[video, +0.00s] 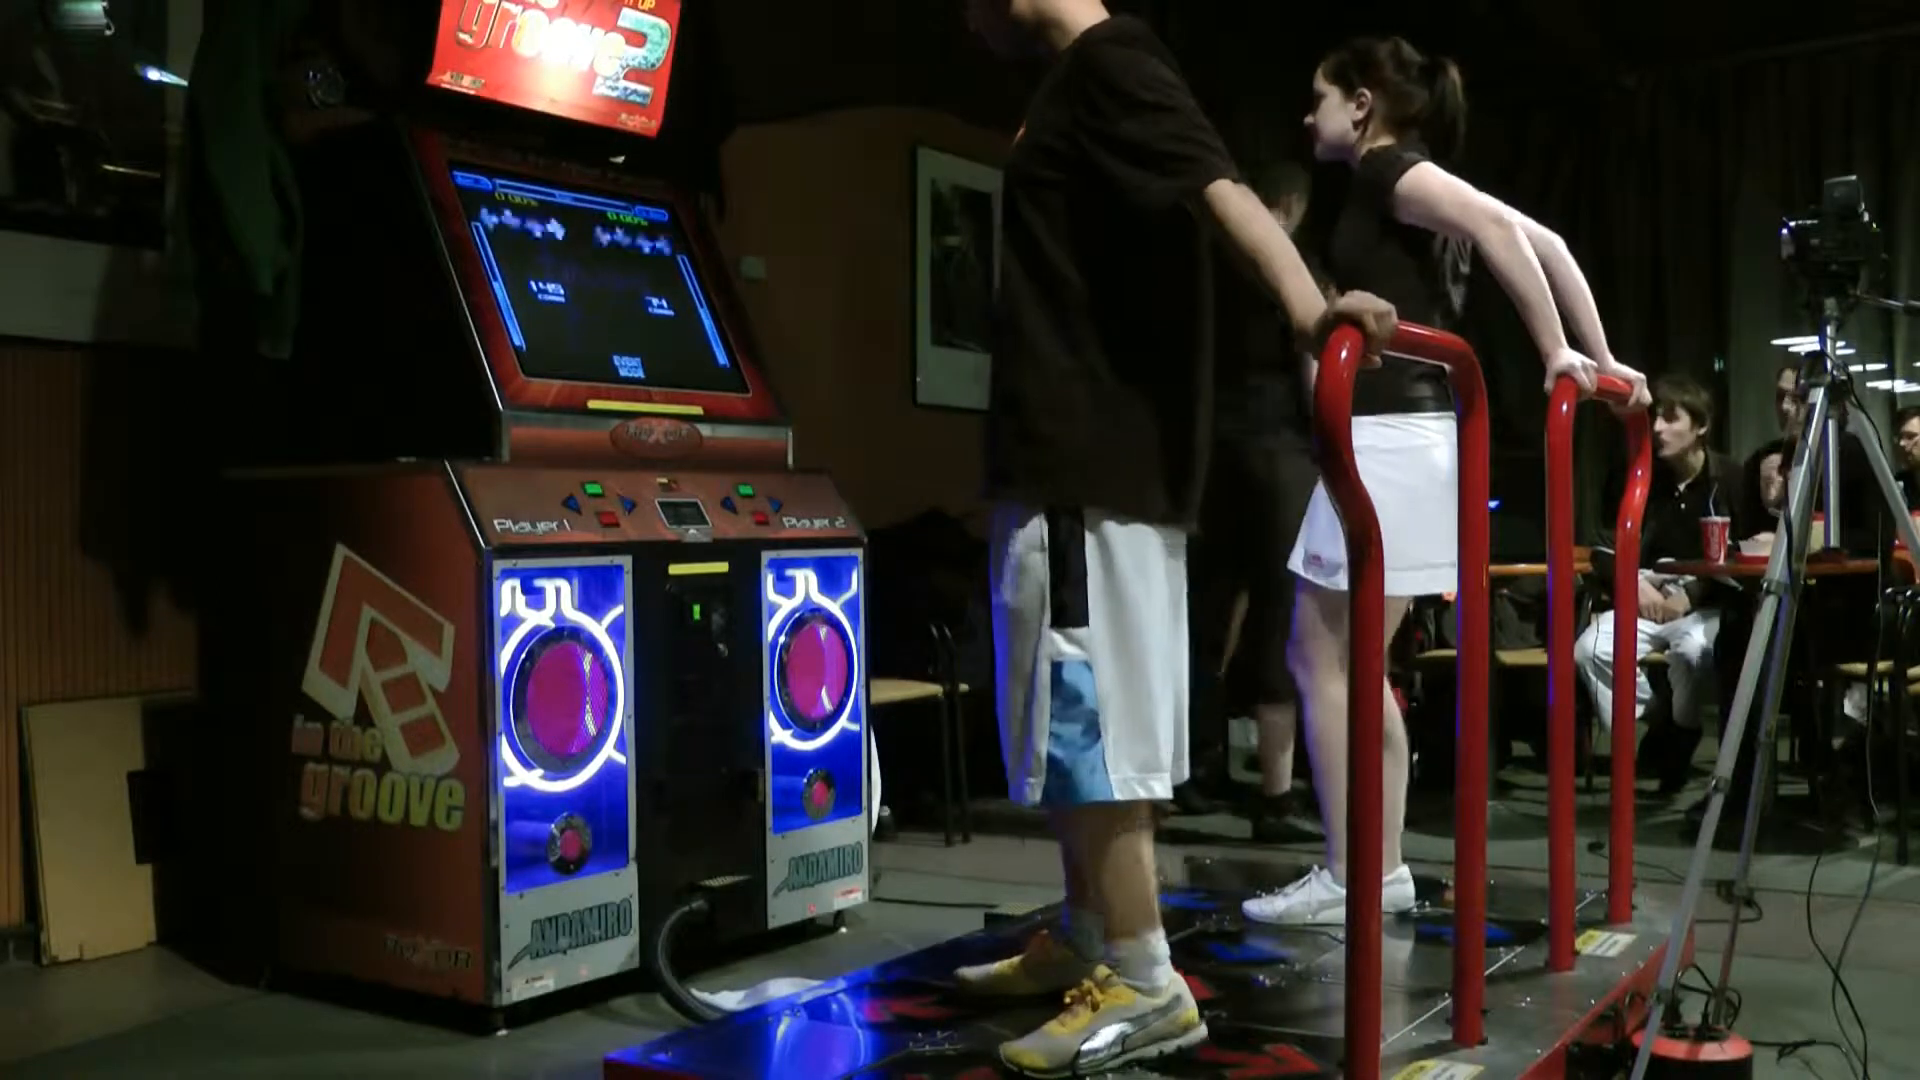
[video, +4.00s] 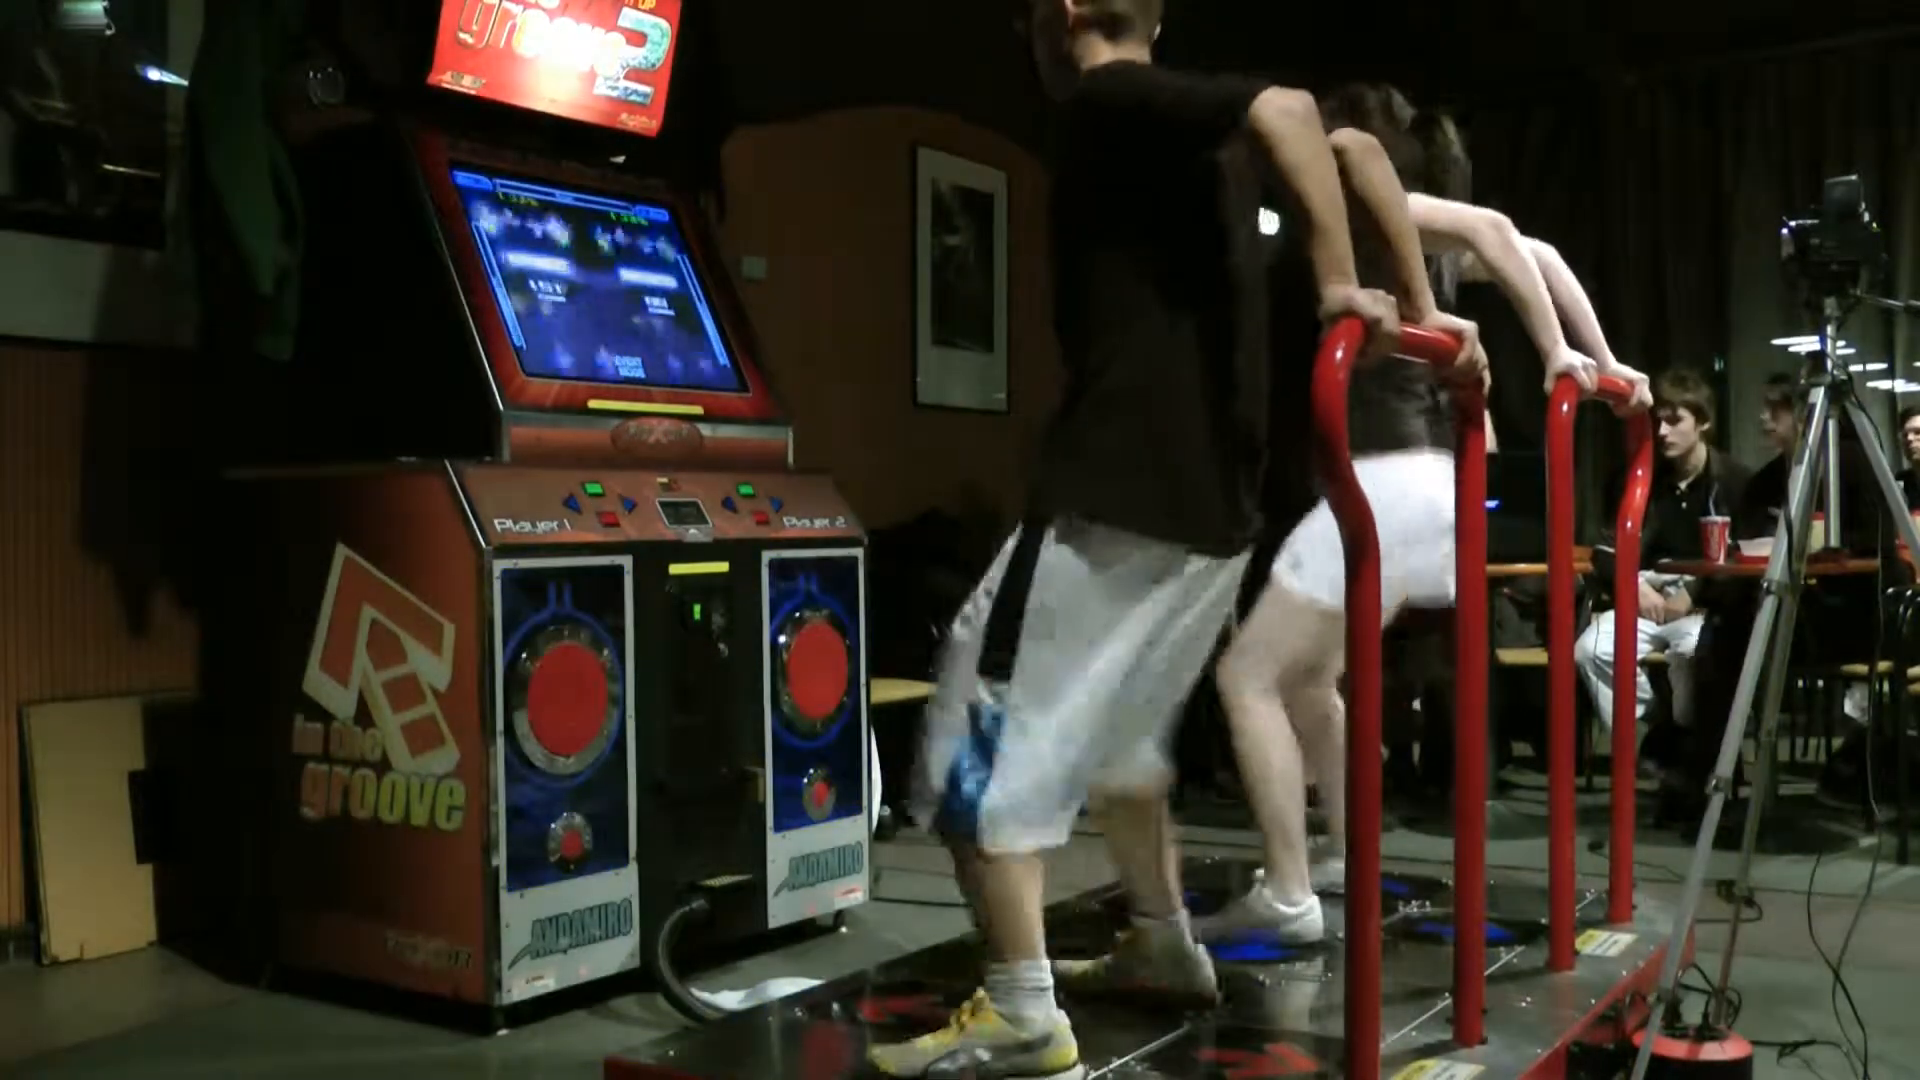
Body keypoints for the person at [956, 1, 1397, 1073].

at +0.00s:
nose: (988, 17)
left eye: (993, 4)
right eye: (990, 9)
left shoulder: (1113, 66)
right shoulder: (1071, 86)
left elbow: (1219, 186)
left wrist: (1314, 309)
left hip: (1101, 468)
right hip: (1062, 467)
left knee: (1095, 723)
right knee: (1062, 719)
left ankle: (1145, 982)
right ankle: (1094, 934)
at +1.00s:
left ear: (1046, 0)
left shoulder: (1075, 31)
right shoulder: (1209, 46)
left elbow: (1243, 143)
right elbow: (1347, 180)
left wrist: (1345, 282)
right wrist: (1436, 316)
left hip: (1118, 434)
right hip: (1222, 437)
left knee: (1089, 710)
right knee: (1182, 698)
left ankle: (1093, 997)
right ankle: (1172, 947)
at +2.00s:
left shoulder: (1038, 51)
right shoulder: (1226, 59)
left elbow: (935, 160)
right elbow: (1356, 149)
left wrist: (984, 45)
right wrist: (1436, 301)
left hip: (1085, 431)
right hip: (1216, 432)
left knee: (1079, 709)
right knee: (1181, 700)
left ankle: (1084, 991)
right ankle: (1155, 949)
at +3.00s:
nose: (1055, 25)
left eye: (1059, 18)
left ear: (1080, 5)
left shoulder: (1122, 26)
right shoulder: (1237, 50)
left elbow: (1289, 98)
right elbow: (1354, 164)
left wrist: (1353, 277)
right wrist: (1423, 310)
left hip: (1132, 412)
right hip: (1233, 419)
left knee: (1050, 682)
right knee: (1167, 677)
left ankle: (1073, 975)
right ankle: (1149, 950)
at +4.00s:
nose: (1042, 44)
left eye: (1043, 28)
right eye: (1048, 30)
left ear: (1066, 22)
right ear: (1155, 29)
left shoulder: (1102, 96)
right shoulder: (1198, 107)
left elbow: (1282, 110)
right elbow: (1357, 146)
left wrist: (1341, 282)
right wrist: (1423, 316)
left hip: (1125, 478)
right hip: (1216, 487)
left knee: (978, 730)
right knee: (1114, 714)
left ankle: (1022, 1010)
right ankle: (1165, 942)